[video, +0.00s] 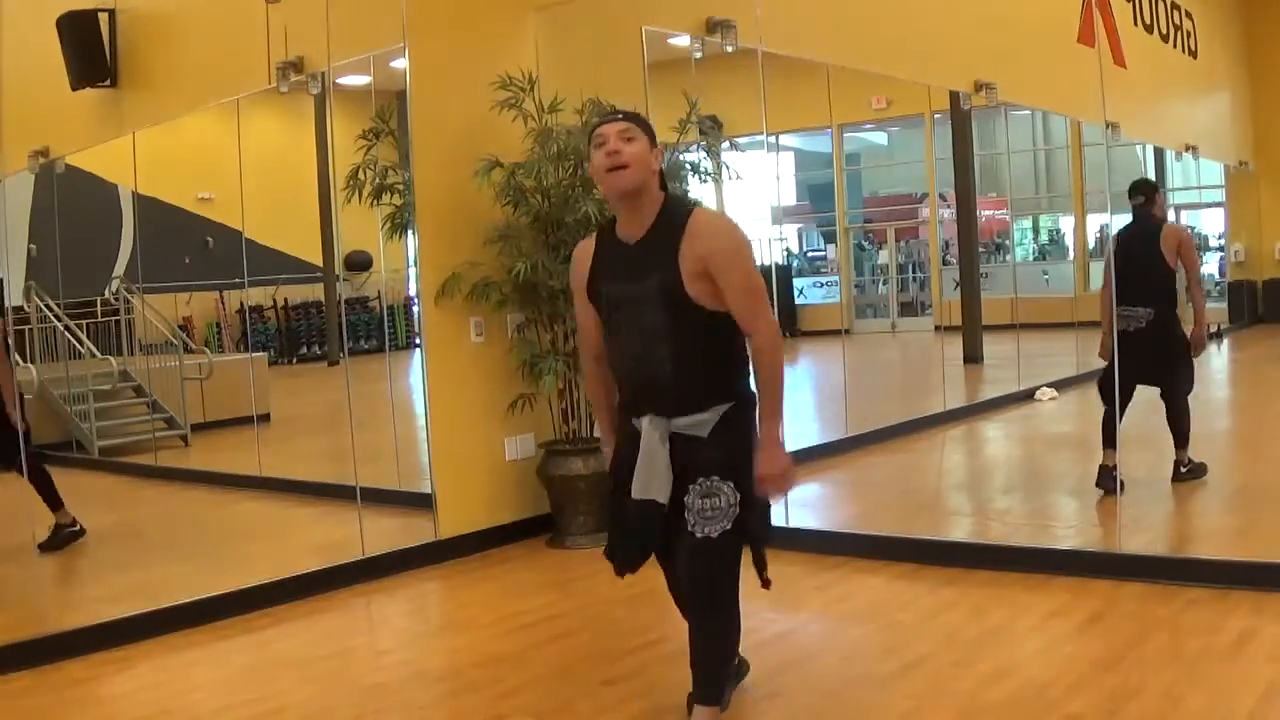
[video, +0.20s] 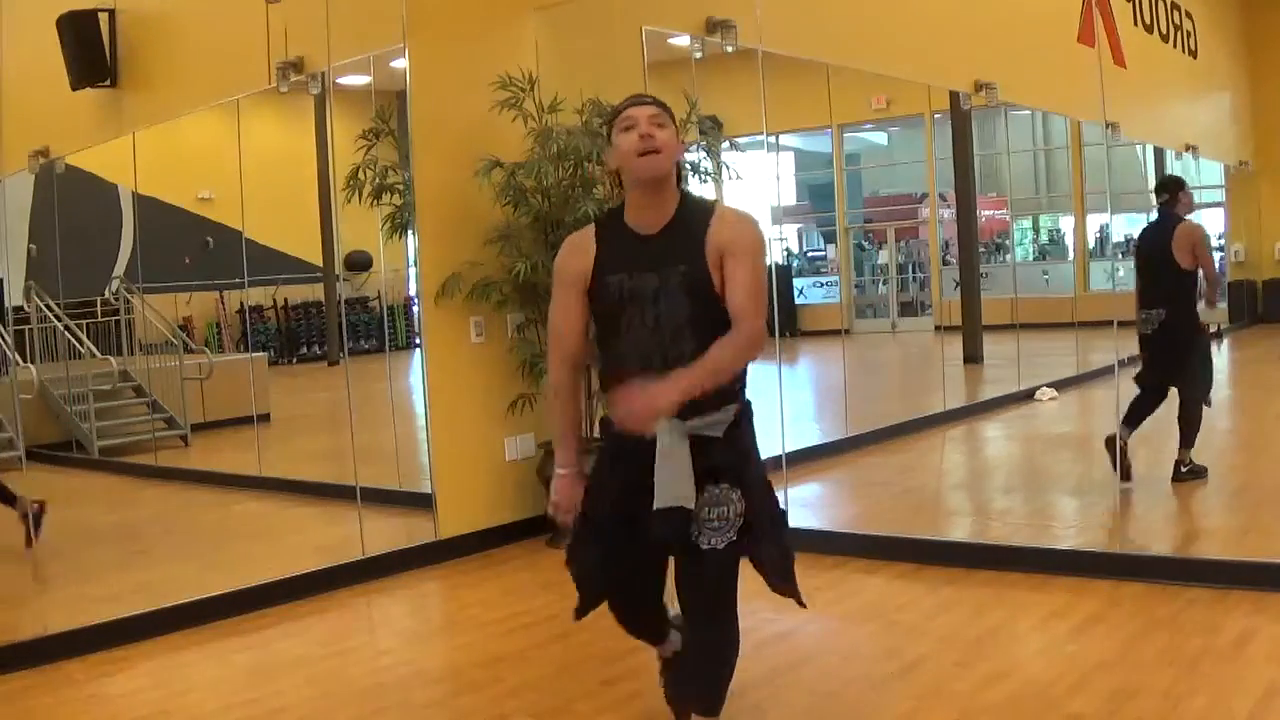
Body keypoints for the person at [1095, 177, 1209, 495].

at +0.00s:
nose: (1166, 204)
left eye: (1163, 199)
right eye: (1163, 199)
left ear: (1134, 204)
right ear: (1156, 201)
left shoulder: (1117, 240)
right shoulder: (1176, 234)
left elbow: (1107, 290)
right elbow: (1194, 284)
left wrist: (1106, 335)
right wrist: (1199, 326)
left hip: (1125, 336)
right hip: (1163, 335)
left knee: (1114, 402)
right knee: (1176, 397)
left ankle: (1107, 468)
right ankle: (1182, 462)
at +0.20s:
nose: (1192, 200)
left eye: (1191, 194)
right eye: (1189, 195)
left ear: (1162, 200)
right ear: (1180, 198)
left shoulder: (1145, 234)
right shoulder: (1191, 231)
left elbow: (1141, 286)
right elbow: (1211, 275)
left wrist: (1142, 326)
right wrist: (1212, 296)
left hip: (1149, 326)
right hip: (1182, 325)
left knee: (1154, 389)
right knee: (1193, 392)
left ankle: (1121, 435)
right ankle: (1184, 461)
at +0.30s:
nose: (1203, 197)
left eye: (1201, 191)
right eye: (1200, 191)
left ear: (1173, 195)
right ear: (1190, 193)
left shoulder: (1157, 228)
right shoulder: (1197, 227)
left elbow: (1169, 266)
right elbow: (1225, 262)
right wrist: (1226, 251)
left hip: (1157, 319)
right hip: (1186, 320)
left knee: (1174, 382)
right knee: (1196, 387)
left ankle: (1143, 440)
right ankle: (1184, 462)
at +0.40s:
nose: (1213, 198)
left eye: (1213, 192)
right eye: (1211, 192)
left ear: (1186, 193)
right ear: (1199, 192)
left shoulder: (1167, 225)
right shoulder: (1200, 221)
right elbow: (1235, 234)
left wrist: (1207, 316)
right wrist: (1232, 205)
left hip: (1166, 316)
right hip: (1189, 318)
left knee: (1187, 382)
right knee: (1195, 384)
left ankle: (1179, 452)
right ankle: (1182, 459)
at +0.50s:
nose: (1221, 198)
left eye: (1220, 192)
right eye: (1219, 192)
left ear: (1196, 194)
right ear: (1209, 193)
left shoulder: (1179, 224)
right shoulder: (1206, 221)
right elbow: (1233, 216)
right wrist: (1218, 201)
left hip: (1175, 316)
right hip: (1196, 317)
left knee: (1201, 380)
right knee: (1195, 386)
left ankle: (1211, 442)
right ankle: (1183, 461)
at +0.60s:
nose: (1228, 199)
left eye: (1226, 193)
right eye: (1226, 194)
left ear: (1200, 196)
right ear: (1216, 195)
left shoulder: (1185, 224)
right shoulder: (1218, 220)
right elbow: (1236, 224)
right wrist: (1222, 211)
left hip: (1181, 316)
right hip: (1205, 318)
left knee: (1211, 382)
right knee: (1202, 387)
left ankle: (1229, 440)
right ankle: (1183, 461)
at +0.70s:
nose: (1233, 201)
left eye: (1230, 196)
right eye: (1230, 196)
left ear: (1205, 199)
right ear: (1223, 197)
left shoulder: (1189, 231)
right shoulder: (1230, 227)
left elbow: (1203, 277)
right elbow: (1255, 250)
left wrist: (1233, 309)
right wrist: (1232, 222)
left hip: (1190, 317)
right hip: (1214, 318)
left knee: (1219, 382)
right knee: (1210, 385)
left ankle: (1236, 444)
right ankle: (1184, 458)